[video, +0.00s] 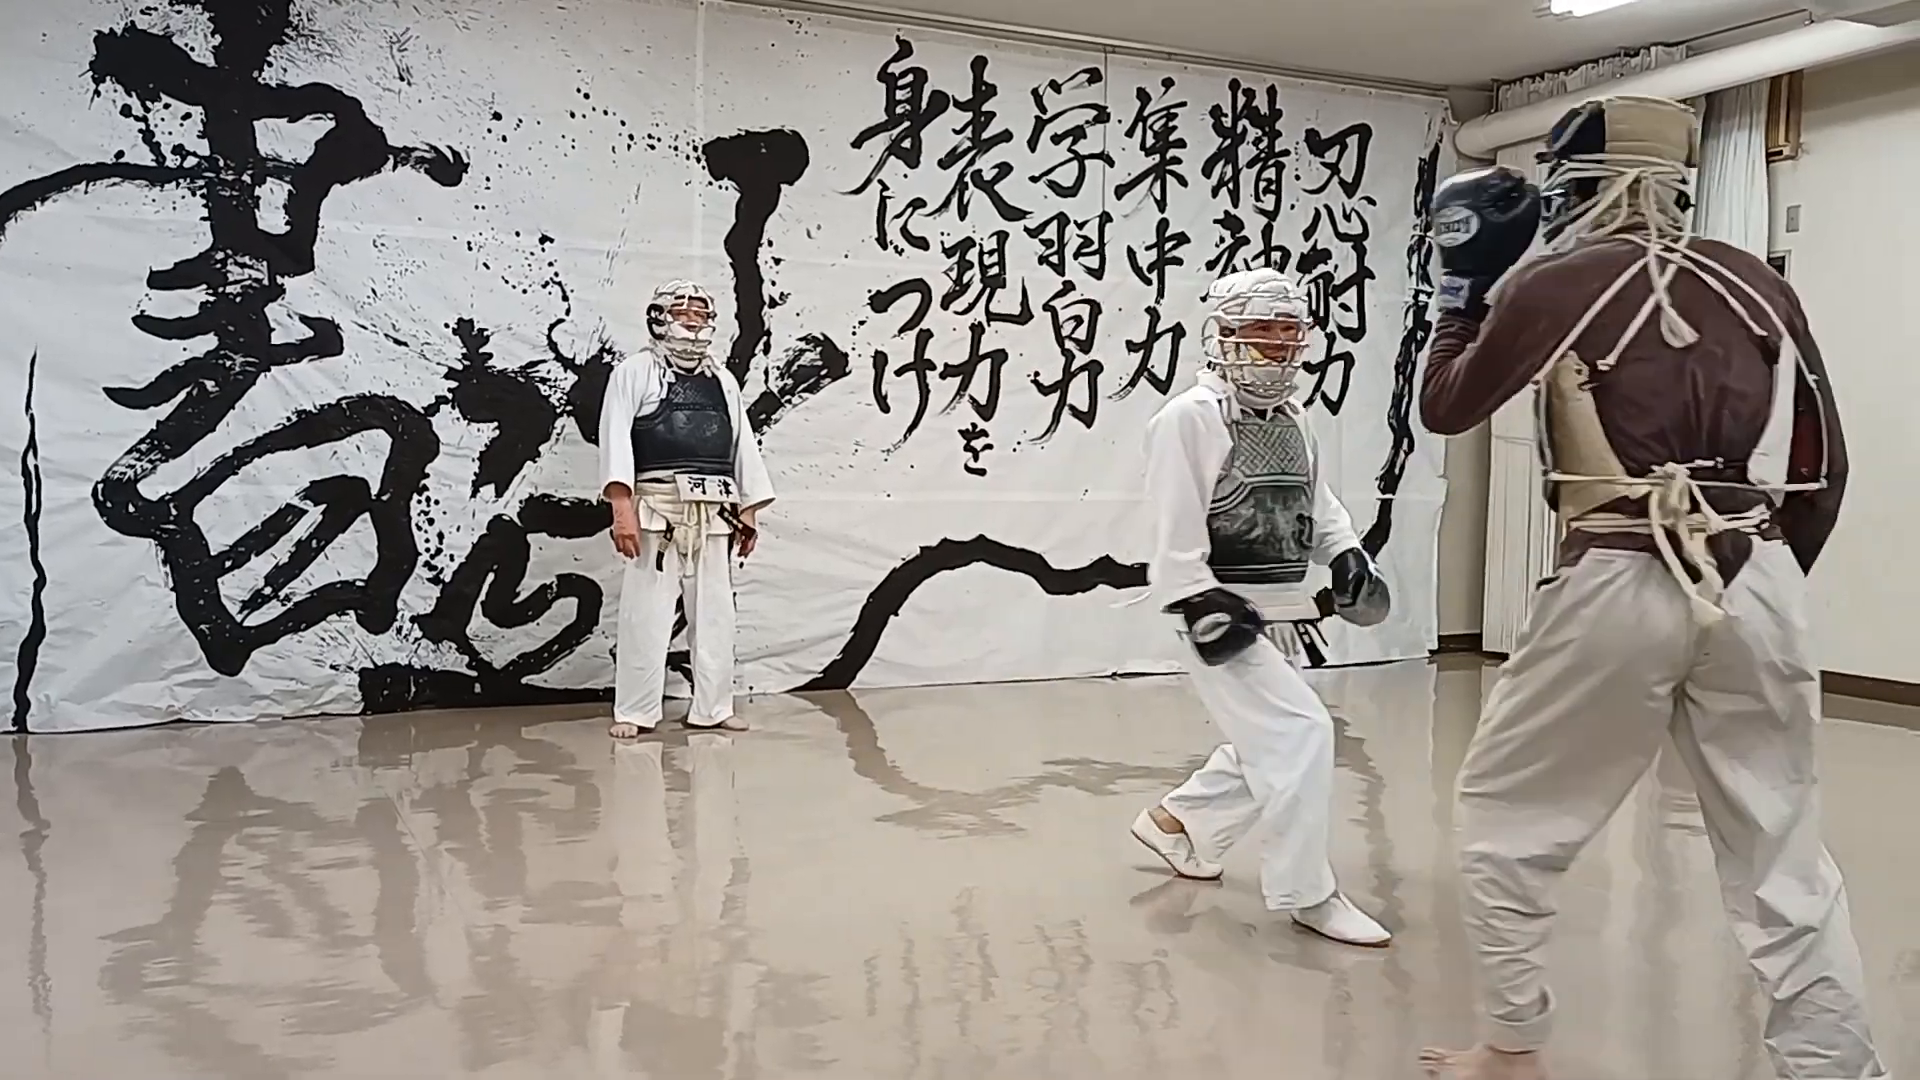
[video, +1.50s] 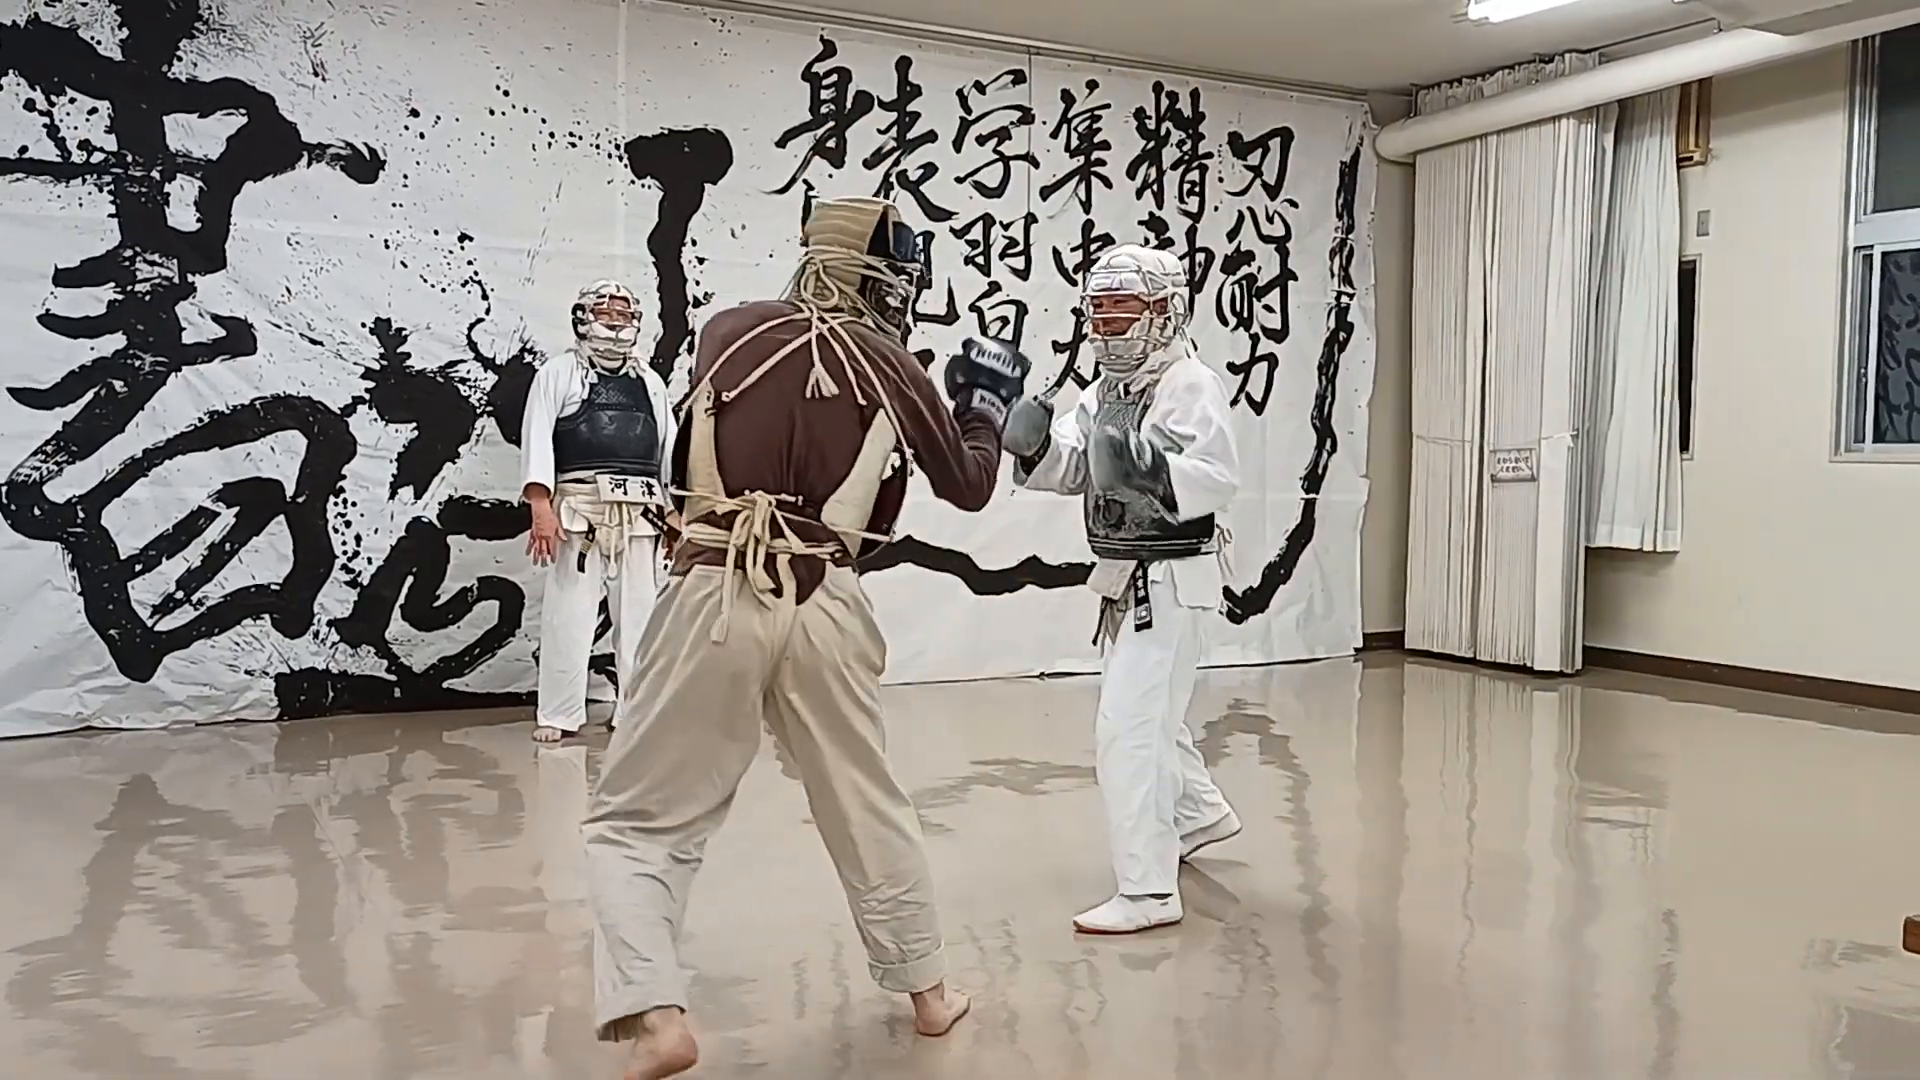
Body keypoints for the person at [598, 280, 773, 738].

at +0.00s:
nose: (692, 320)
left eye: (700, 314)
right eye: (682, 312)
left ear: (708, 322)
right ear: (661, 318)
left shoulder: (722, 378)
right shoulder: (635, 369)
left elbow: (743, 446)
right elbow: (615, 439)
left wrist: (748, 511)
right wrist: (622, 507)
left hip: (714, 510)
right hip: (652, 509)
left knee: (716, 616)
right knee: (645, 617)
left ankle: (712, 709)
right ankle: (635, 715)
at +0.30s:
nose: (661, 318)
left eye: (669, 312)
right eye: (651, 310)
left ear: (679, 321)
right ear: (630, 316)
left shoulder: (693, 377)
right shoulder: (604, 368)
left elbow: (714, 446)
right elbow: (584, 438)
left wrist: (719, 511)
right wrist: (590, 506)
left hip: (684, 510)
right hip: (620, 509)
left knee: (685, 616)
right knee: (614, 617)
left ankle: (681, 710)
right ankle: (604, 715)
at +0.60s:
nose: (632, 317)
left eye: (640, 311)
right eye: (622, 309)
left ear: (650, 320)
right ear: (601, 315)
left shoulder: (664, 378)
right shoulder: (574, 370)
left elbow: (684, 447)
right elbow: (552, 440)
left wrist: (688, 513)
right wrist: (557, 507)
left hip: (654, 511)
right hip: (590, 510)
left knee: (655, 618)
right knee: (583, 619)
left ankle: (651, 712)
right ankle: (572, 717)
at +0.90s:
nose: (614, 318)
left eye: (622, 312)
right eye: (604, 310)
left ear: (632, 321)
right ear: (583, 316)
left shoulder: (646, 379)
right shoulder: (555, 370)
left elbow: (666, 448)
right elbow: (534, 441)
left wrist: (671, 513)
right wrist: (538, 509)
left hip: (636, 513)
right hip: (571, 511)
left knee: (637, 618)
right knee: (563, 619)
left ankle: (633, 712)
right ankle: (553, 717)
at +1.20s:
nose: (609, 320)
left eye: (617, 313)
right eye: (599, 311)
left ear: (629, 323)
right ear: (578, 317)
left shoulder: (646, 382)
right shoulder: (551, 372)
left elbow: (655, 459)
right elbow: (530, 442)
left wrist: (668, 512)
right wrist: (533, 508)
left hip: (633, 514)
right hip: (568, 510)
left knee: (634, 619)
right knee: (561, 619)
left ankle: (629, 715)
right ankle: (551, 718)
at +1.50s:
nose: (614, 323)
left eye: (624, 316)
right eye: (604, 313)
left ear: (636, 325)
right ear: (583, 319)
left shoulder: (650, 381)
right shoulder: (558, 373)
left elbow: (665, 453)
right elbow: (536, 441)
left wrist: (671, 514)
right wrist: (541, 509)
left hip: (640, 515)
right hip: (576, 511)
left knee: (641, 622)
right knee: (568, 622)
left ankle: (636, 717)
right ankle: (559, 719)